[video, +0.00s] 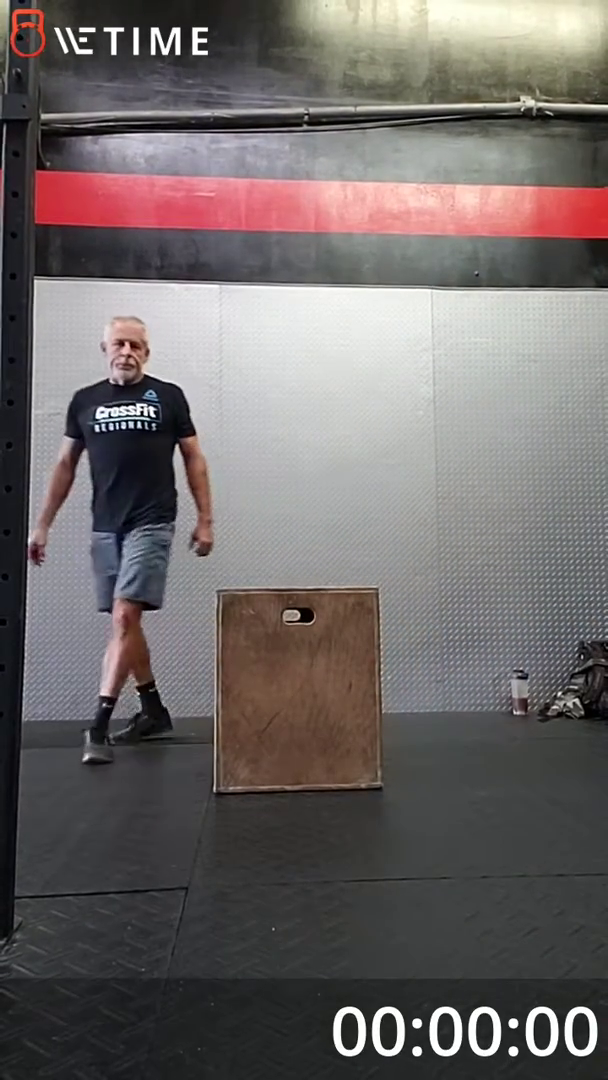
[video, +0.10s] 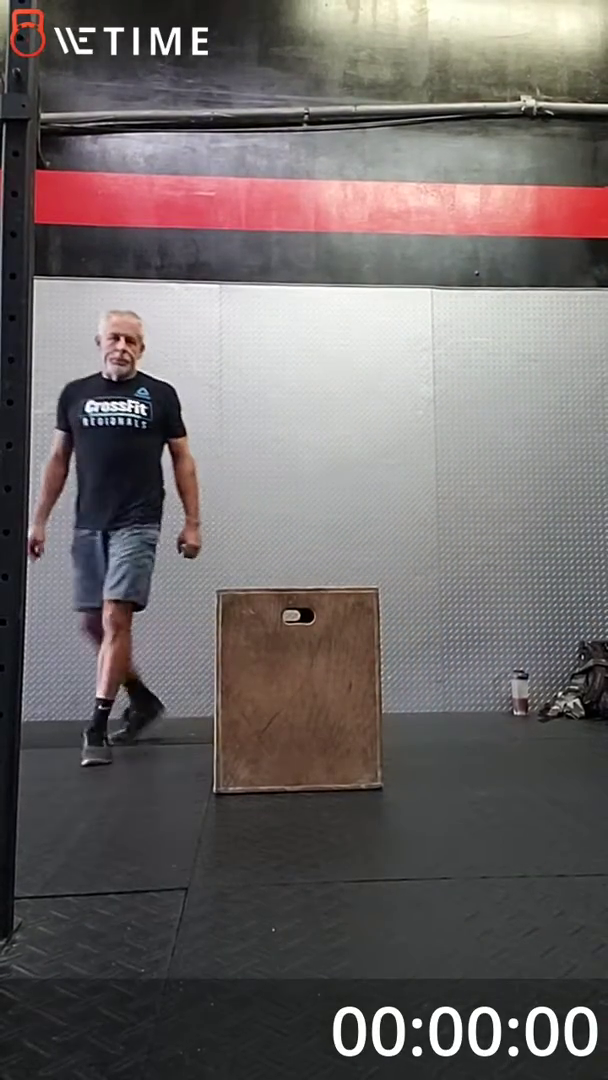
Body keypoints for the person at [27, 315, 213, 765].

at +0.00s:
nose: (127, 352)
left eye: (135, 345)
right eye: (119, 344)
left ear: (146, 352)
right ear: (105, 350)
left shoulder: (168, 397)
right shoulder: (84, 401)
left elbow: (193, 458)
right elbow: (66, 465)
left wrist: (205, 519)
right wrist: (42, 526)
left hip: (152, 521)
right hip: (106, 525)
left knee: (125, 613)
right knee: (123, 619)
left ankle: (98, 726)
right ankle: (153, 709)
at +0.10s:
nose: (122, 346)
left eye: (130, 340)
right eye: (115, 339)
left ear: (141, 348)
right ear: (100, 344)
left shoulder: (160, 395)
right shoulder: (75, 394)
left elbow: (182, 459)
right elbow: (59, 460)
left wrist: (193, 522)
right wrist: (40, 520)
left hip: (137, 522)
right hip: (89, 524)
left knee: (116, 616)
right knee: (93, 624)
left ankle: (98, 728)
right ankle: (143, 698)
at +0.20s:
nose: (117, 343)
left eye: (125, 337)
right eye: (109, 335)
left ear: (135, 345)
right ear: (94, 339)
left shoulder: (152, 393)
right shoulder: (65, 388)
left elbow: (173, 459)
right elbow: (49, 452)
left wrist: (183, 521)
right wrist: (37, 511)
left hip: (128, 524)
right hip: (73, 522)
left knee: (114, 618)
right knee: (58, 619)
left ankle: (97, 728)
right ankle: (114, 684)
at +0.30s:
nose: (108, 339)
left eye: (117, 333)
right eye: (101, 330)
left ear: (126, 341)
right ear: (85, 333)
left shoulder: (143, 389)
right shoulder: (52, 382)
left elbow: (164, 454)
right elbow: (35, 447)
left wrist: (174, 511)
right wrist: (27, 504)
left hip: (120, 523)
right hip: (61, 519)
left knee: (112, 619)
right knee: (34, 612)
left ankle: (98, 727)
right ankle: (68, 693)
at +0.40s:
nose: (97, 333)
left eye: (106, 327)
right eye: (89, 324)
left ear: (116, 334)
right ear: (73, 328)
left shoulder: (132, 386)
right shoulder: (39, 377)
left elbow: (154, 448)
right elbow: (14, 436)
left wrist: (165, 501)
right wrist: (12, 499)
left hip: (112, 519)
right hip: (49, 514)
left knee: (107, 618)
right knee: (26, 606)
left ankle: (97, 728)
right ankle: (10, 714)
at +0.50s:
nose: (85, 329)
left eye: (93, 323)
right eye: (76, 320)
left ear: (103, 331)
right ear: (58, 324)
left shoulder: (118, 385)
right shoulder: (30, 372)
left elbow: (138, 445)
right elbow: (8, 432)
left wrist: (156, 494)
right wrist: (9, 495)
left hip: (101, 515)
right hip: (38, 512)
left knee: (101, 618)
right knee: (18, 610)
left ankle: (96, 728)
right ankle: (5, 721)